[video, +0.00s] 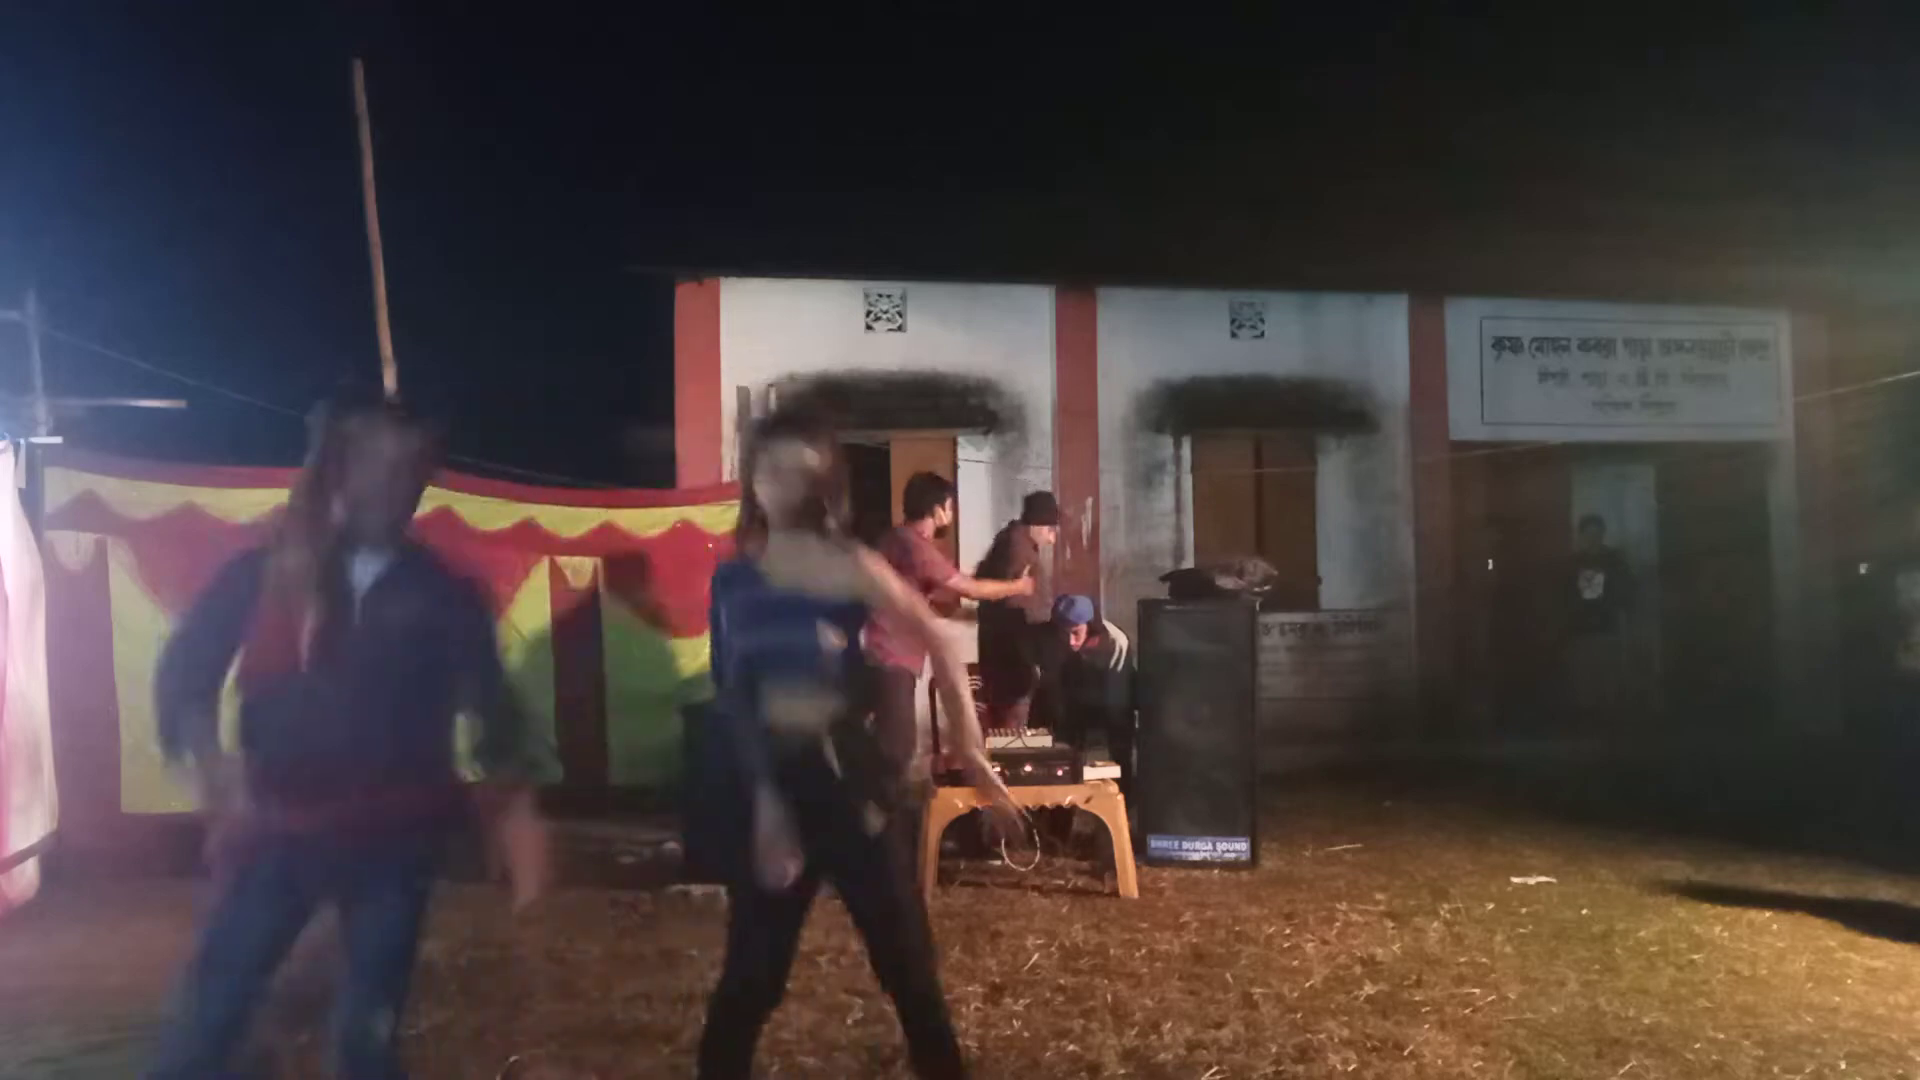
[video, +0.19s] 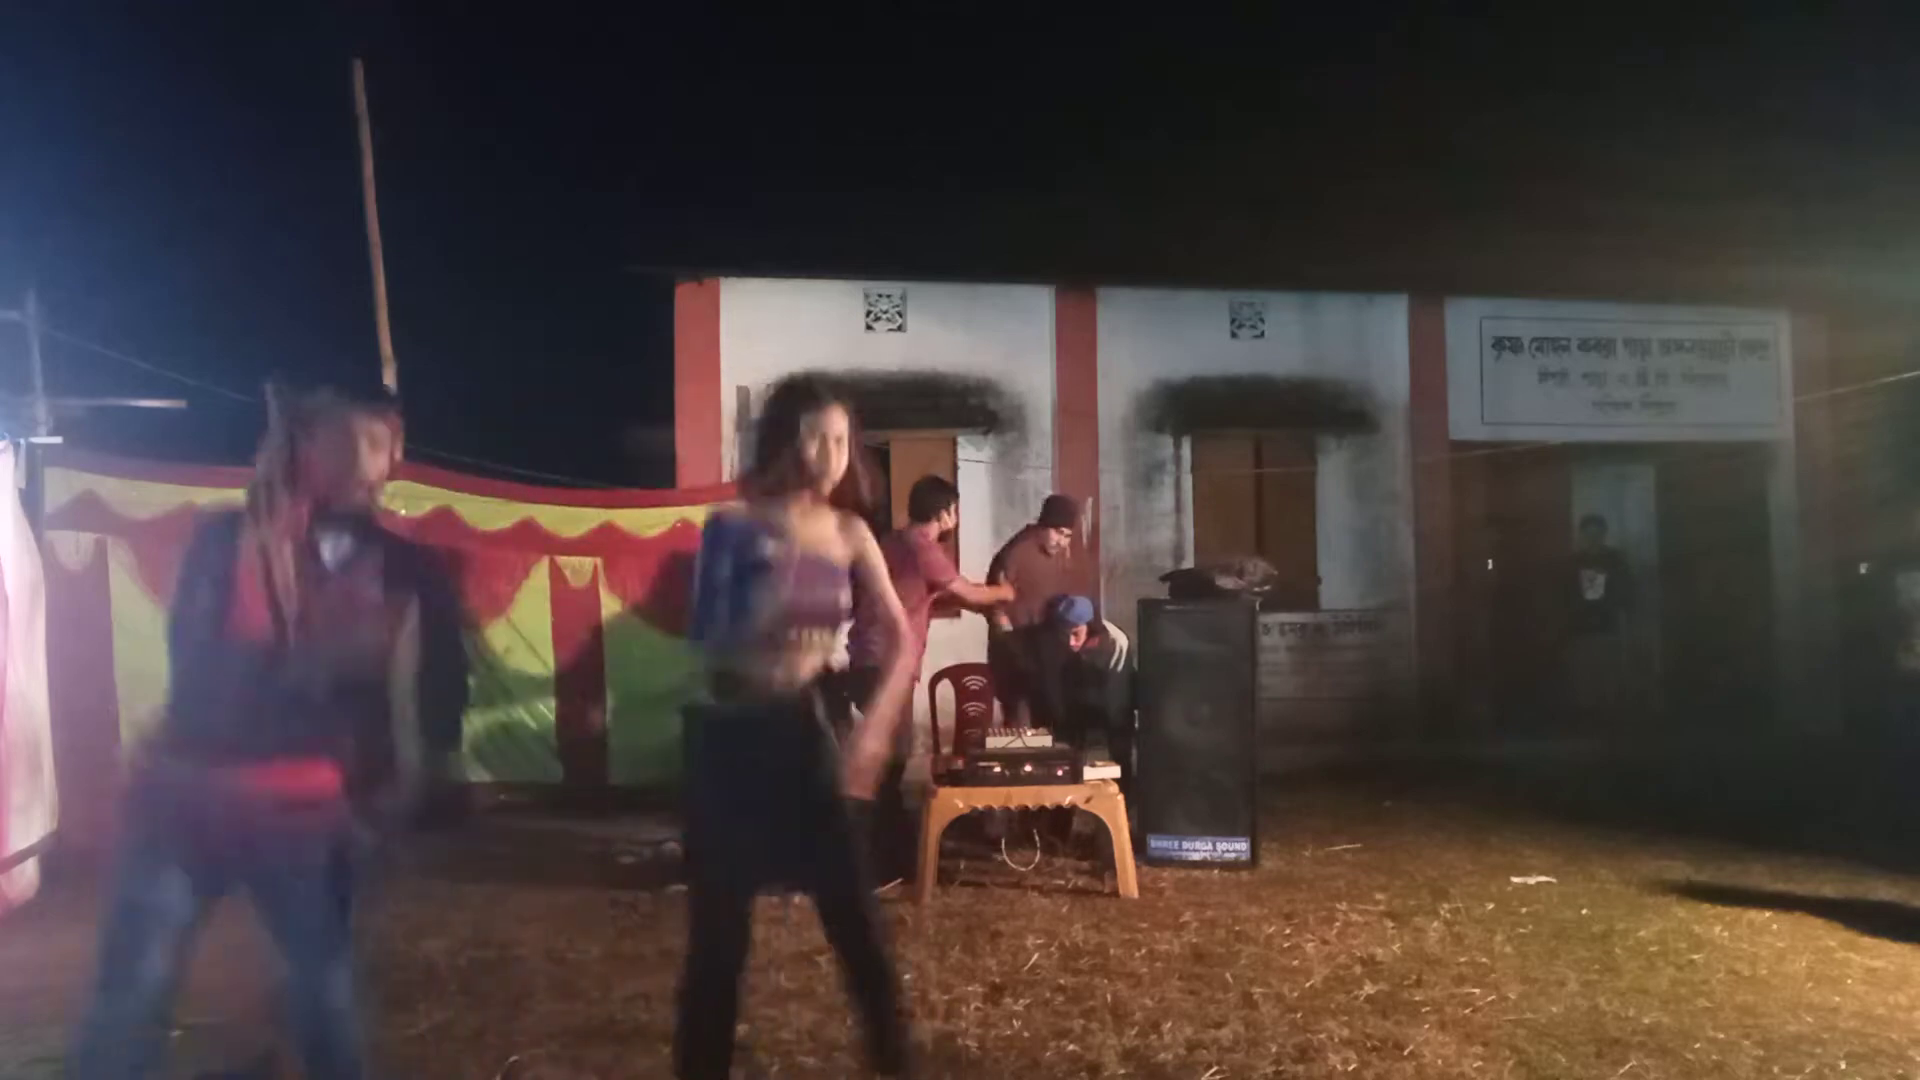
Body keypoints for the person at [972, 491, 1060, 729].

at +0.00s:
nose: (1053, 537)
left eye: (1054, 529)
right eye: (1050, 529)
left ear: (1035, 524)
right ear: (1037, 526)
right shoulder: (1019, 552)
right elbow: (1012, 628)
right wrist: (1029, 665)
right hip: (1013, 675)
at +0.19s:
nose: (1063, 542)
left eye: (1068, 535)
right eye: (1059, 533)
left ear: (1073, 533)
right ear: (1044, 527)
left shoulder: (1068, 552)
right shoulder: (1015, 553)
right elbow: (995, 598)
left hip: (1057, 640)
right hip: (1019, 641)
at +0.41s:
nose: (1057, 536)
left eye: (1065, 531)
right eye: (1052, 527)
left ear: (1072, 531)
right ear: (1040, 521)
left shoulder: (1077, 554)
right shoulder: (1011, 550)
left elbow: (1087, 598)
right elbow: (981, 588)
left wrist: (1095, 630)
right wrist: (996, 632)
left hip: (1065, 643)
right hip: (1017, 644)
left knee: (1118, 644)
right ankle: (1017, 712)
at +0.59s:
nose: (1059, 532)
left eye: (1067, 527)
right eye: (1055, 524)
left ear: (1075, 528)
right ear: (1044, 519)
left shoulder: (1083, 553)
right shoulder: (1016, 548)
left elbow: (1096, 592)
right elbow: (985, 582)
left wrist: (1096, 625)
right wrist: (1003, 614)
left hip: (1074, 639)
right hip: (1028, 641)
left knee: (1124, 641)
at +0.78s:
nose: (1068, 524)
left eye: (1076, 518)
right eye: (1063, 516)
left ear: (1084, 519)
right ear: (1052, 513)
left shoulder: (1095, 547)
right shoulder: (1025, 541)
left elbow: (1107, 590)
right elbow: (995, 576)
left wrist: (1111, 620)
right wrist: (1024, 602)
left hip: (1089, 629)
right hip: (1040, 630)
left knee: (1132, 637)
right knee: (1061, 628)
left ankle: (1133, 723)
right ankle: (1075, 717)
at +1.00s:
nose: (1103, 508)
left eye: (1110, 502)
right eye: (1098, 500)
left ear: (1119, 503)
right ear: (1087, 498)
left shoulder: (1127, 532)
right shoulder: (1062, 523)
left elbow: (1135, 575)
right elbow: (1023, 549)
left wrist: (1133, 603)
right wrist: (1059, 574)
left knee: (1160, 616)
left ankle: (1155, 693)